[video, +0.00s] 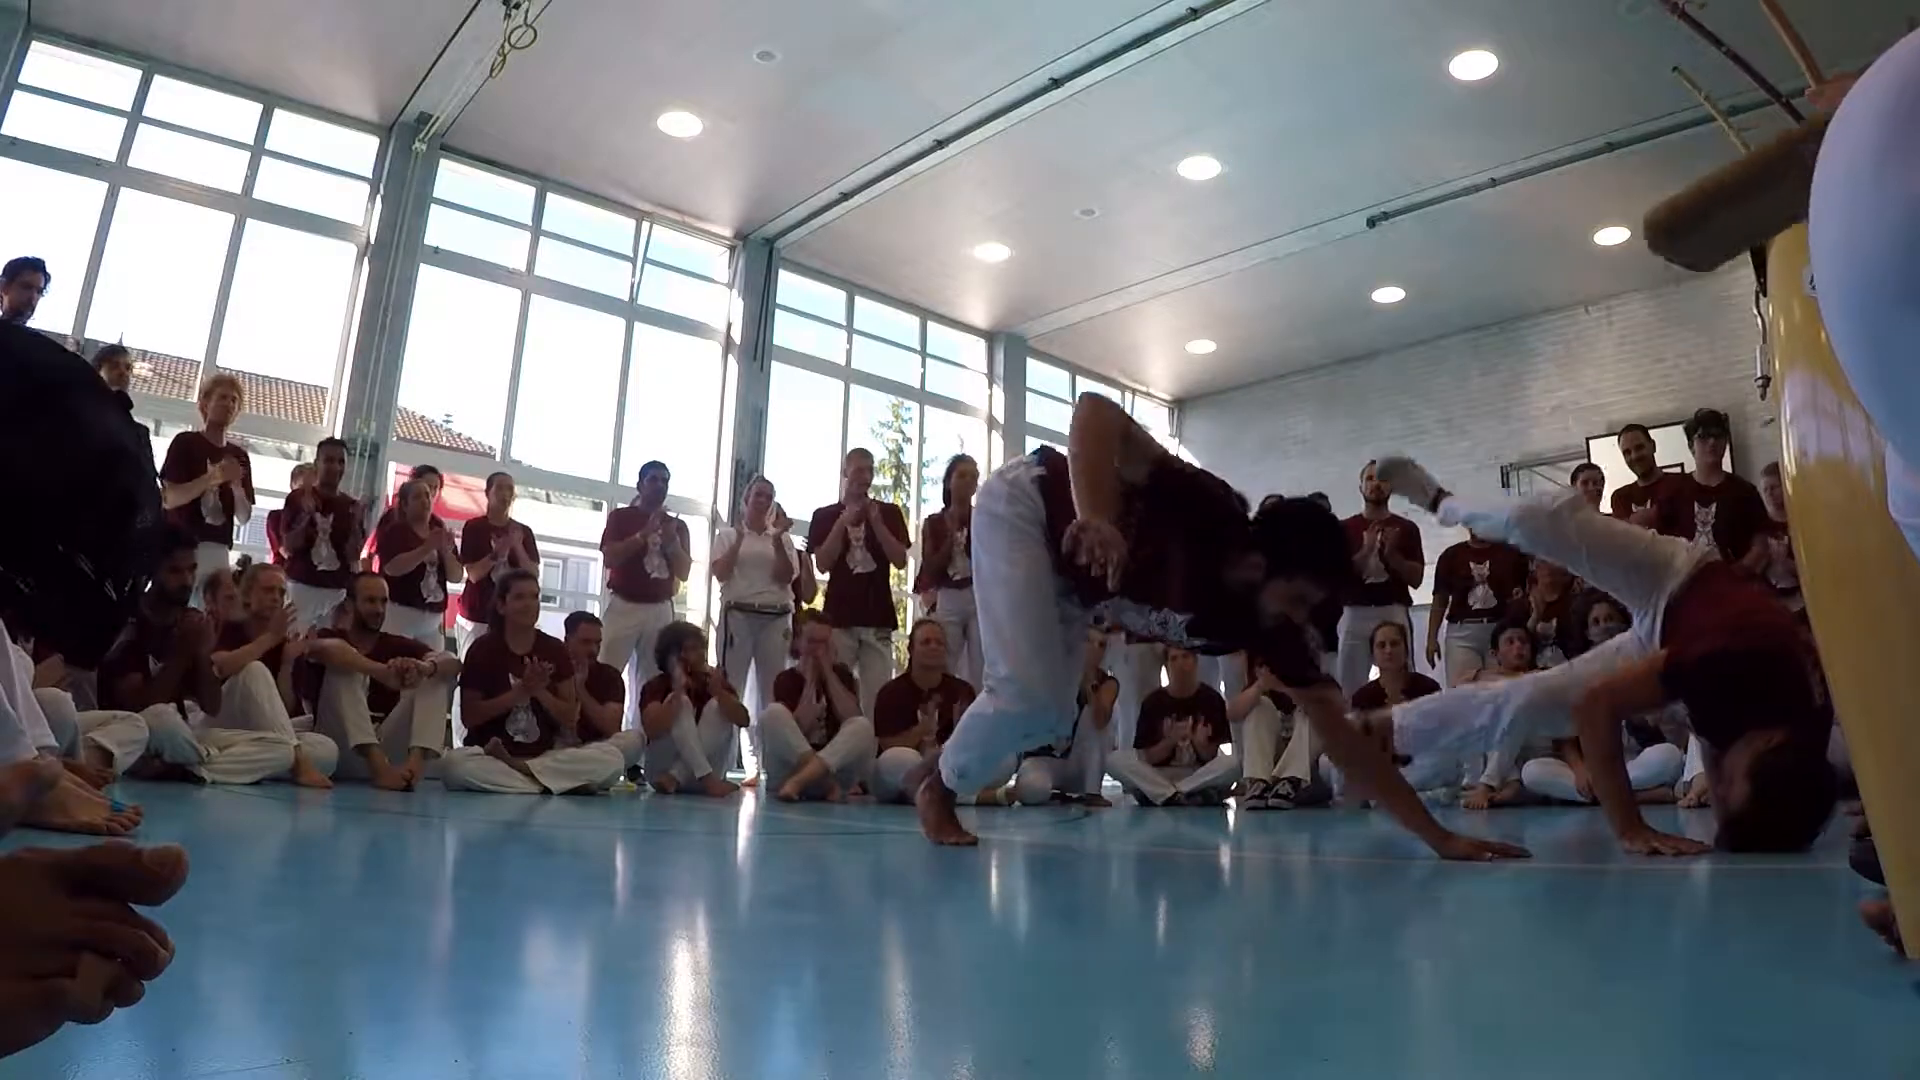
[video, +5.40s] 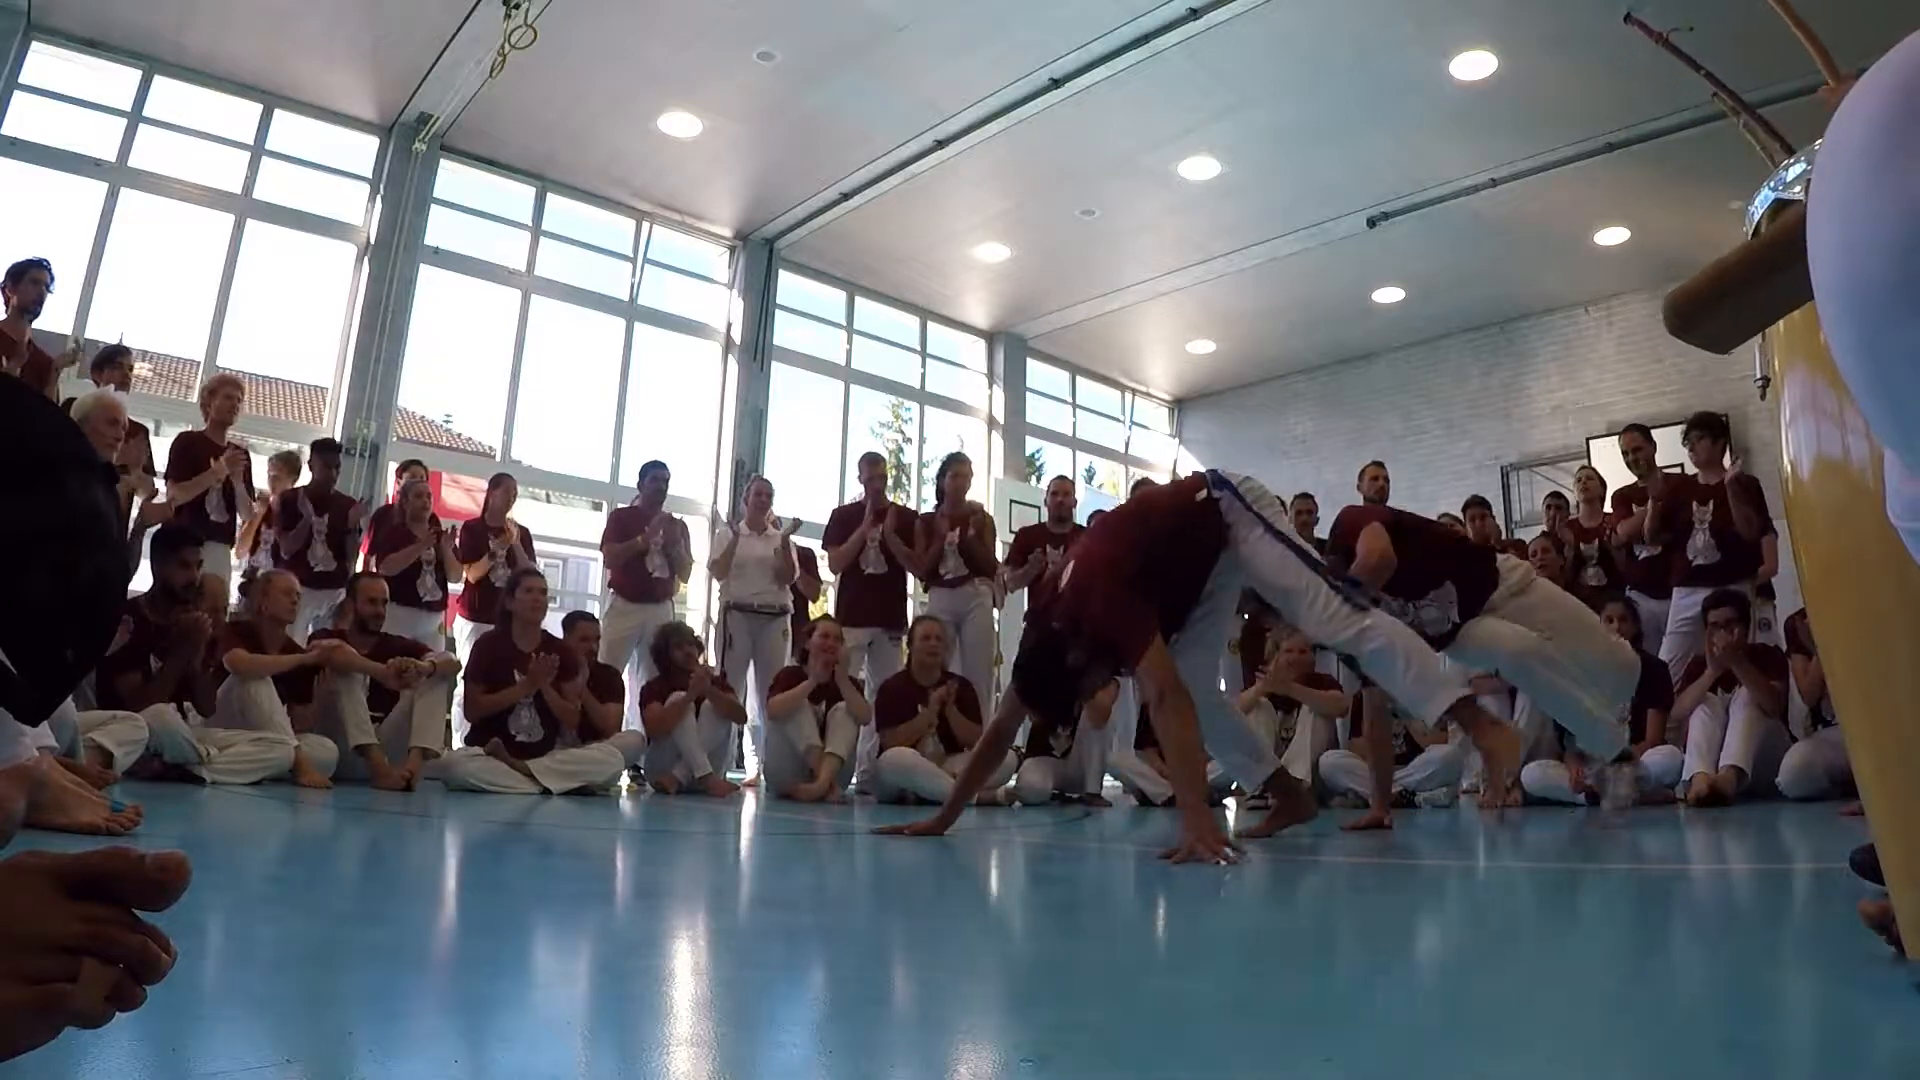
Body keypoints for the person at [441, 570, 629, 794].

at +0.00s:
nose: (530, 604)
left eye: (535, 597)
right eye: (520, 598)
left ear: (540, 603)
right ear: (501, 606)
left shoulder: (555, 648)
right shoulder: (482, 649)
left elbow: (569, 717)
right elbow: (470, 717)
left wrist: (539, 690)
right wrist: (523, 691)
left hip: (546, 757)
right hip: (490, 756)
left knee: (613, 759)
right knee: (454, 766)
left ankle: (525, 767)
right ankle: (544, 786)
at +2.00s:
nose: (530, 603)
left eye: (534, 597)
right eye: (520, 597)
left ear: (540, 603)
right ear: (501, 605)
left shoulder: (556, 649)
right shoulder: (481, 648)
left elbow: (570, 718)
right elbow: (468, 716)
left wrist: (536, 689)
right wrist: (521, 689)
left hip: (545, 756)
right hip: (488, 754)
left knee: (612, 759)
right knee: (454, 765)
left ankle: (522, 766)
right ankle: (549, 786)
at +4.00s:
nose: (539, 598)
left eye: (545, 593)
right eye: (530, 592)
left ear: (549, 603)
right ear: (511, 602)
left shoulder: (561, 650)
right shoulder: (488, 644)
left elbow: (571, 720)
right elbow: (471, 711)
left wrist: (540, 688)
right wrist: (526, 688)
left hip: (547, 756)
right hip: (490, 755)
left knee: (613, 759)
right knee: (454, 766)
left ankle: (522, 766)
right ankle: (551, 786)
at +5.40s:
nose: (539, 598)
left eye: (543, 593)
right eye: (529, 592)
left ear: (548, 601)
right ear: (509, 601)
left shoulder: (562, 649)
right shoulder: (487, 645)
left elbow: (572, 719)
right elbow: (473, 711)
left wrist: (544, 685)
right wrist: (527, 687)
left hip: (546, 757)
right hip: (492, 756)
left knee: (612, 760)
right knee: (454, 766)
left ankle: (523, 767)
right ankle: (548, 786)